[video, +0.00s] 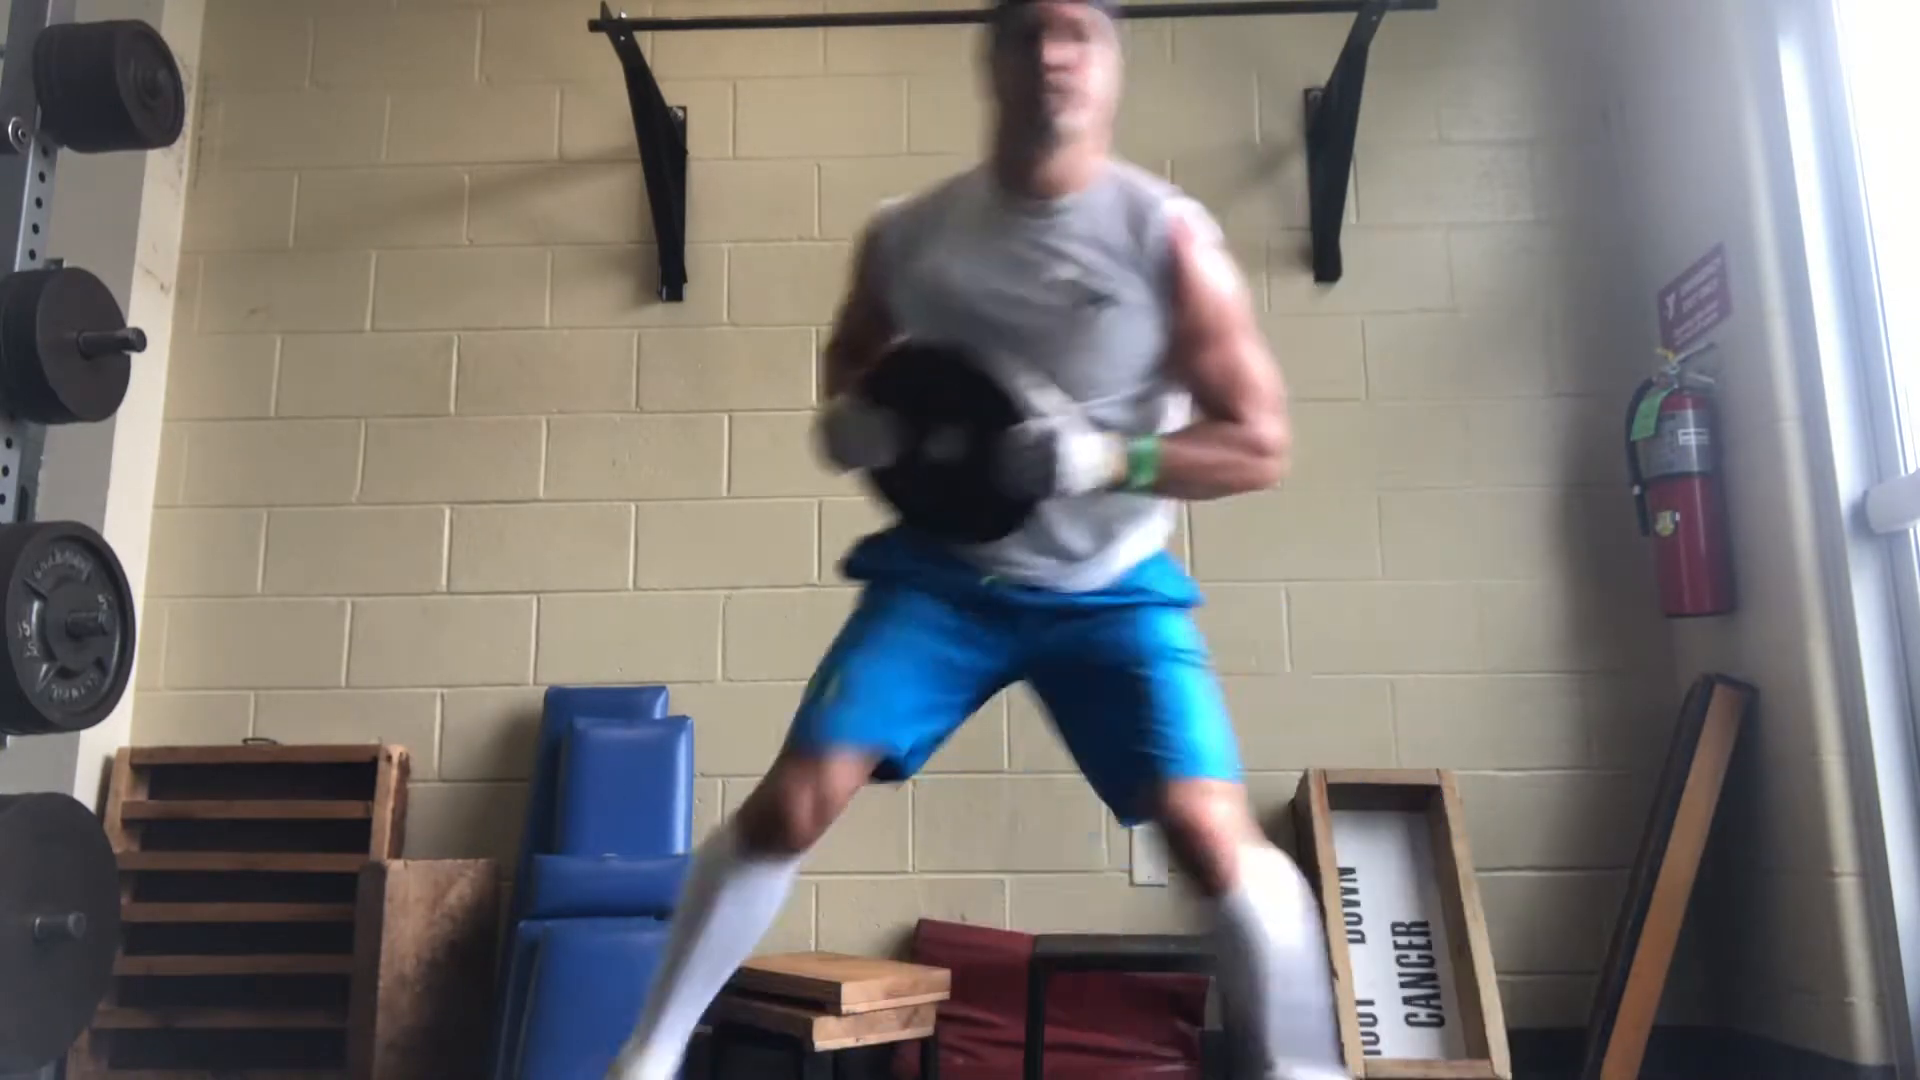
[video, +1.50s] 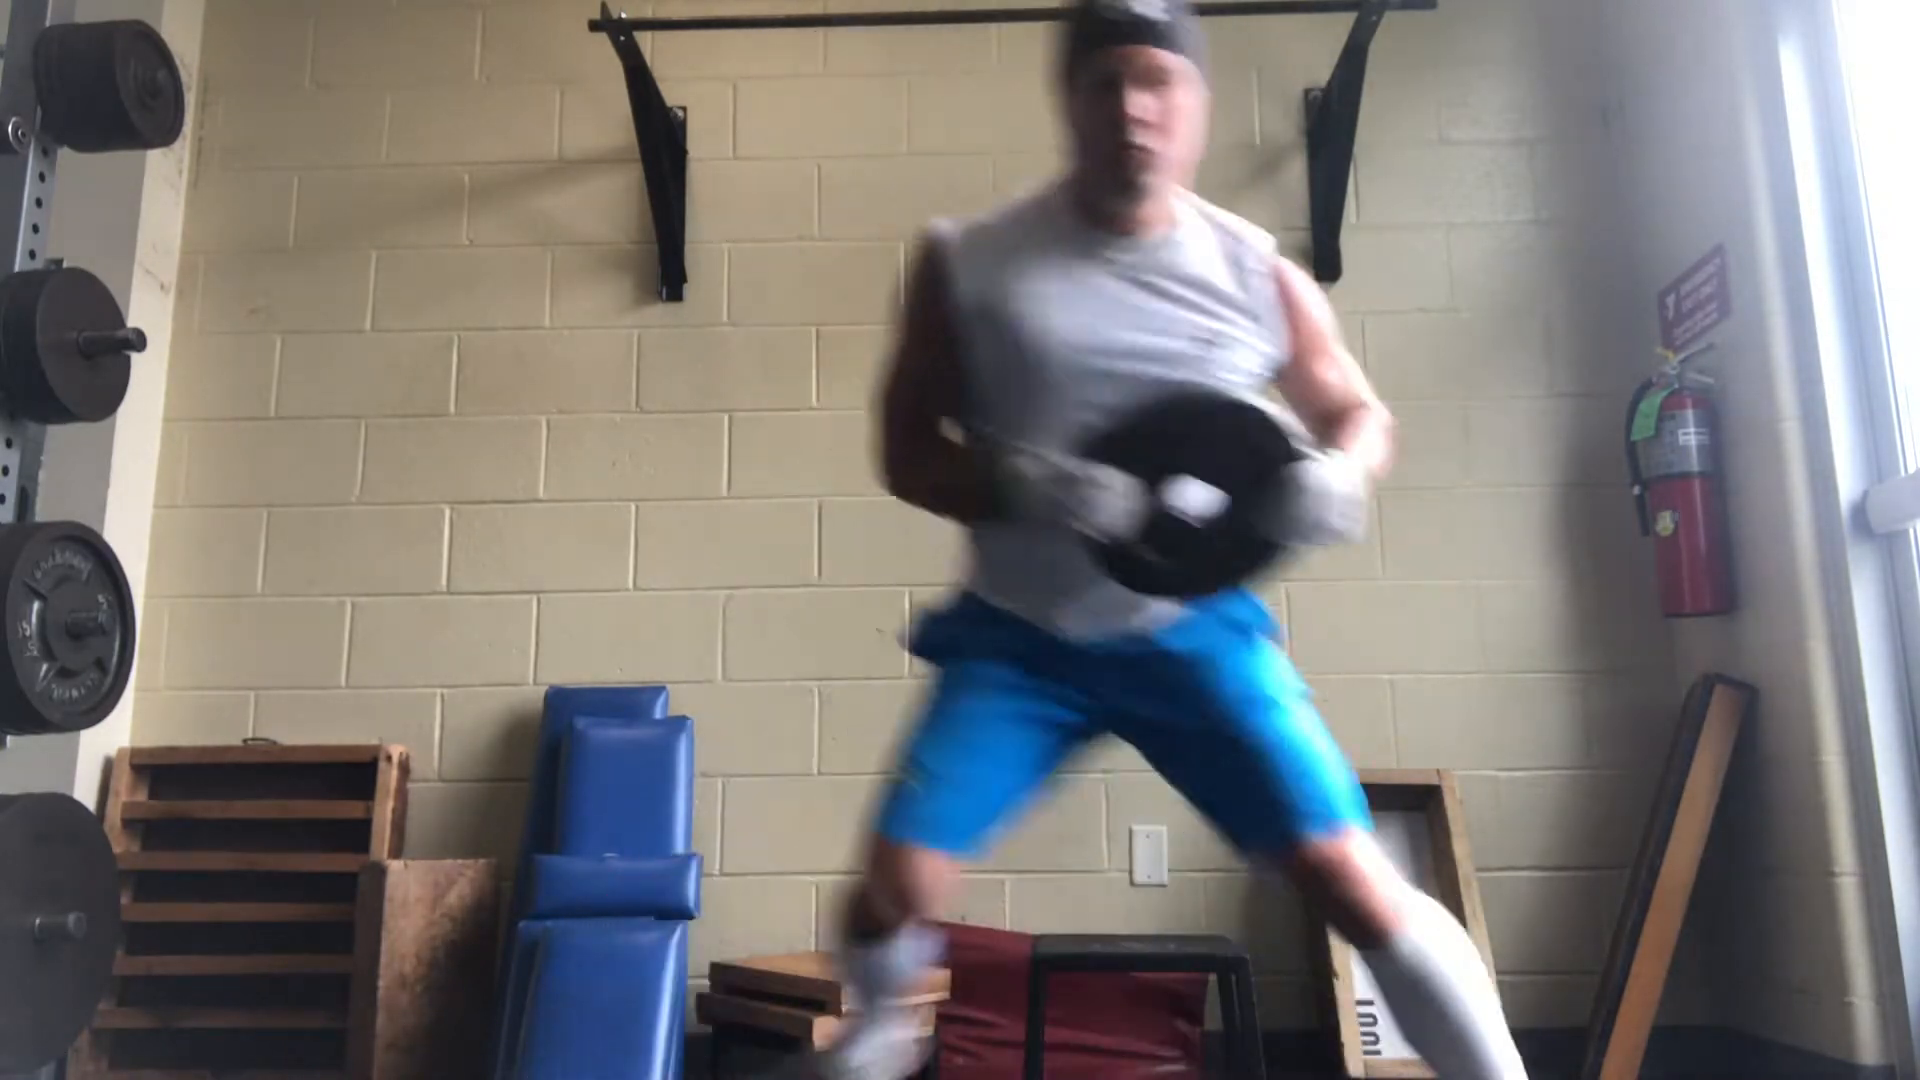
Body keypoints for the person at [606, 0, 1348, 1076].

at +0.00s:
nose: (1053, 57)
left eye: (1079, 35)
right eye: (1028, 34)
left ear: (1113, 66)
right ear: (992, 62)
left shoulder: (1169, 235)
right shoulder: (906, 240)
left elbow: (1261, 446)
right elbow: (840, 414)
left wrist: (1100, 456)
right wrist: (877, 429)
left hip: (1118, 594)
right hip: (941, 582)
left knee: (1209, 832)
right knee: (793, 805)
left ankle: (1308, 1075)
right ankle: (646, 1062)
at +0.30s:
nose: (852, 149)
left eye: (875, 125)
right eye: (826, 131)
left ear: (918, 154)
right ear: (799, 168)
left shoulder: (1014, 302)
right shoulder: (752, 352)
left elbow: (1157, 452)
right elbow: (728, 503)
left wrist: (1058, 519)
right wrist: (773, 552)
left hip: (998, 662)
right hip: (830, 663)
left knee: (1017, 886)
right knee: (703, 889)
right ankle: (627, 1077)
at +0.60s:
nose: (1152, 104)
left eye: (1173, 80)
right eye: (1122, 83)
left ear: (1209, 112)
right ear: (1081, 115)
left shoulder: (1274, 278)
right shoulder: (997, 282)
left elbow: (1343, 419)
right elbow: (922, 471)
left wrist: (1334, 496)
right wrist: (1052, 516)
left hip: (1226, 650)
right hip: (1046, 658)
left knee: (1351, 865)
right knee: (975, 904)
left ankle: (1475, 1072)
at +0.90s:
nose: (1085, 61)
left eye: (1108, 40)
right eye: (1056, 42)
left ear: (1140, 74)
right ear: (1016, 68)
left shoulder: (1198, 230)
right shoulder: (918, 227)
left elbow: (1294, 416)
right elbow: (843, 361)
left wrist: (1176, 452)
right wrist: (887, 425)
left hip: (1122, 594)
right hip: (944, 573)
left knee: (1252, 846)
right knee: (786, 744)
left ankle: (1401, 1069)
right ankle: (703, 1002)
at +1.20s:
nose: (823, 151)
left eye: (847, 129)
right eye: (796, 133)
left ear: (885, 152)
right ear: (764, 163)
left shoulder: (979, 298)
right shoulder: (715, 346)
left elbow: (1107, 486)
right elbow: (701, 518)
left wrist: (977, 551)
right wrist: (697, 577)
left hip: (947, 690)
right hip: (775, 684)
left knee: (919, 950)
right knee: (643, 915)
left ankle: (890, 990)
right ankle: (545, 1076)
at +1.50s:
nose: (1133, 111)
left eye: (1157, 83)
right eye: (1106, 84)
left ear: (1200, 105)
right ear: (1067, 104)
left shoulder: (1258, 275)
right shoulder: (966, 265)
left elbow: (1362, 418)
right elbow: (907, 455)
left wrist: (1340, 476)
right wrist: (1022, 485)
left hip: (1200, 643)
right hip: (1018, 644)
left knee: (1348, 878)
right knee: (897, 887)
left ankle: (1497, 1074)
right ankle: (884, 1036)